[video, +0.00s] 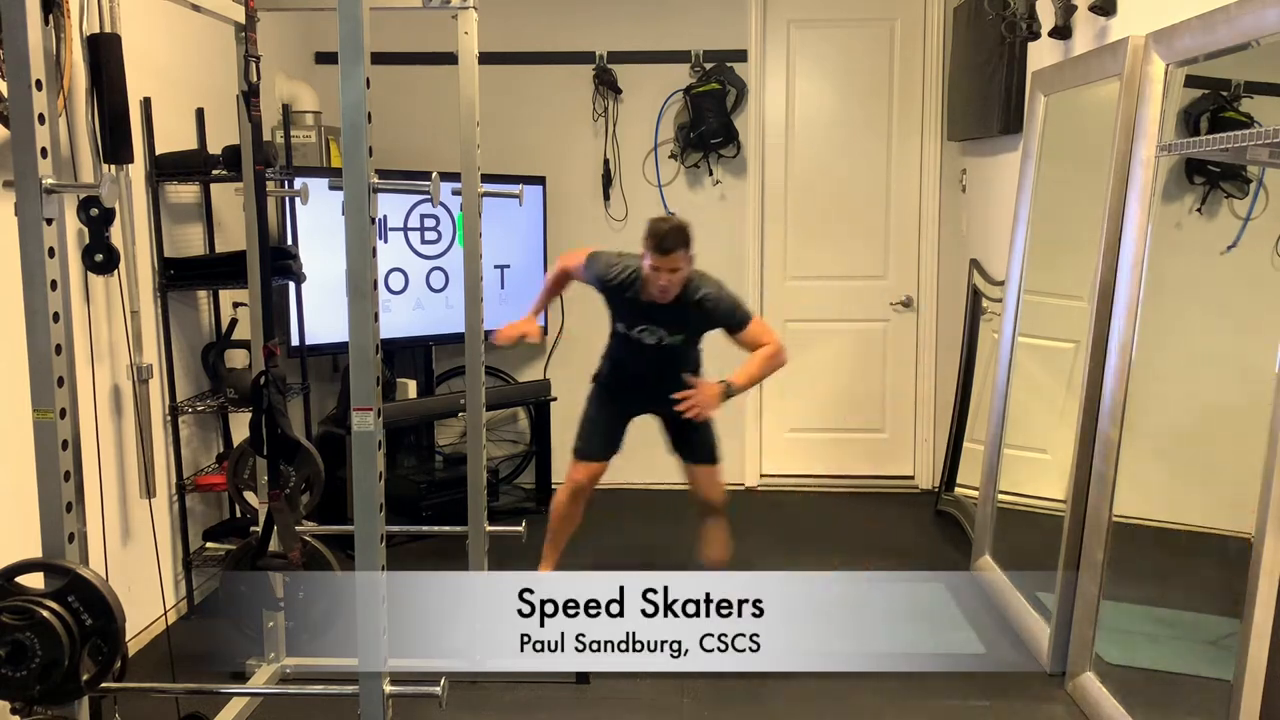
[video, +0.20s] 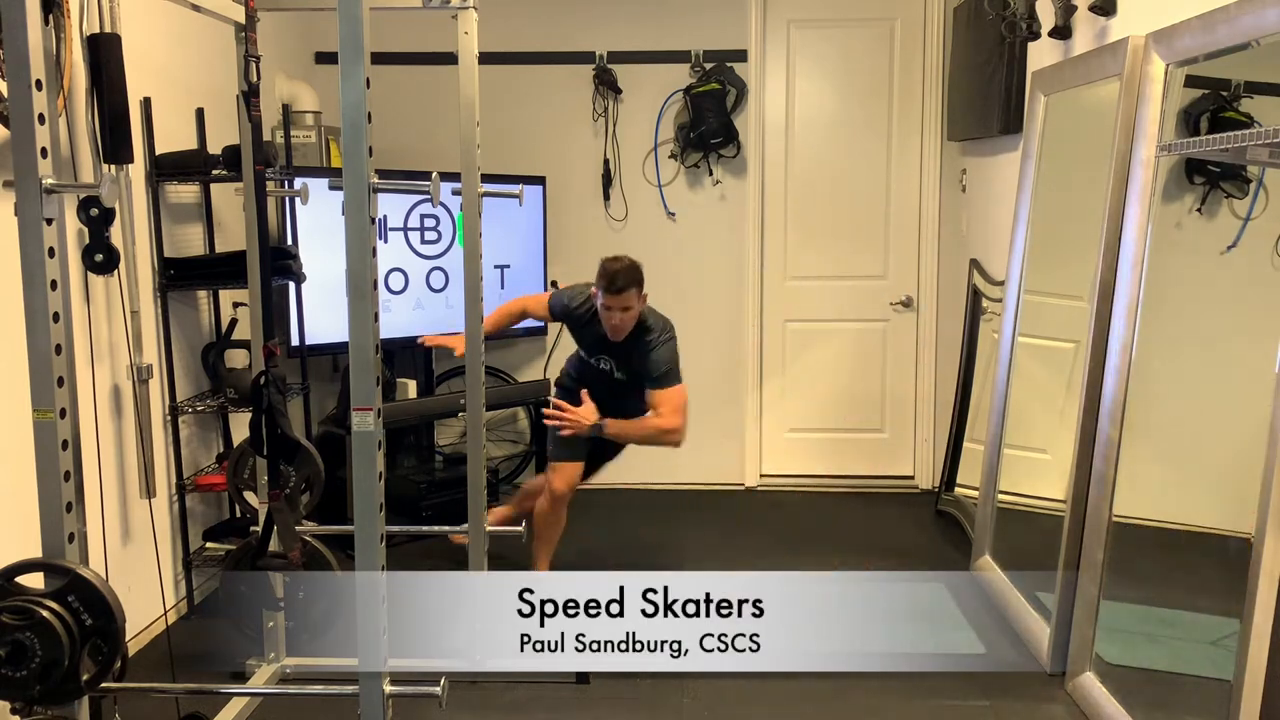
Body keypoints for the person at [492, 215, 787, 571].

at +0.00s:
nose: (665, 280)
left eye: (674, 271)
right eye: (656, 269)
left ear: (689, 262)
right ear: (644, 258)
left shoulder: (707, 296)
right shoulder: (617, 274)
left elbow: (774, 352)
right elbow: (565, 266)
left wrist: (724, 389)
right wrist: (533, 316)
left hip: (679, 393)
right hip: (616, 387)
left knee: (712, 498)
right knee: (578, 482)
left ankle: (715, 590)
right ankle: (545, 572)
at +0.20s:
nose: (616, 320)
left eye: (626, 310)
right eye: (608, 309)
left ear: (642, 300)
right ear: (596, 296)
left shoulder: (659, 336)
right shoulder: (577, 304)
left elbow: (671, 428)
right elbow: (522, 306)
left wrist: (600, 426)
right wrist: (469, 337)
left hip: (622, 415)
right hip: (577, 393)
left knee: (556, 483)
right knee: (560, 489)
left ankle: (491, 520)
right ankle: (541, 575)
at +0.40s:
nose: (621, 331)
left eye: (630, 321)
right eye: (613, 321)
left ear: (644, 310)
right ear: (597, 307)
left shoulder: (659, 340)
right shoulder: (573, 316)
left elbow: (684, 431)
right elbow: (502, 333)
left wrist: (617, 451)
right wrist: (454, 381)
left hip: (617, 414)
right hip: (569, 396)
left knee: (575, 497)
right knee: (552, 486)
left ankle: (512, 501)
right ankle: (539, 575)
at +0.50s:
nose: (637, 315)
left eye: (645, 305)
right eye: (628, 306)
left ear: (657, 294)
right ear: (611, 295)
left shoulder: (674, 327)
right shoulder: (582, 317)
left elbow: (722, 391)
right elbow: (506, 357)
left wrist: (695, 448)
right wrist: (480, 425)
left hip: (632, 404)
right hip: (576, 396)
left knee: (628, 502)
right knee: (555, 489)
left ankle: (599, 517)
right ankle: (539, 572)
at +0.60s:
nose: (659, 293)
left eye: (667, 282)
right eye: (649, 283)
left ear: (676, 273)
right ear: (630, 274)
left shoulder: (693, 301)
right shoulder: (602, 310)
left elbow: (755, 338)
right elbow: (543, 377)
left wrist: (762, 405)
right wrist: (556, 456)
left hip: (661, 392)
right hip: (600, 394)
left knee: (706, 488)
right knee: (564, 487)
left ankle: (714, 546)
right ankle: (540, 570)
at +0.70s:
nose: (695, 274)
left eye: (703, 263)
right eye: (685, 264)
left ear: (712, 252)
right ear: (665, 254)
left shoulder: (729, 270)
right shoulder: (638, 293)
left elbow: (781, 293)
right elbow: (614, 379)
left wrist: (803, 354)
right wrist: (670, 430)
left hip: (708, 372)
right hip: (648, 376)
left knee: (755, 466)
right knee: (601, 468)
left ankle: (808, 561)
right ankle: (555, 563)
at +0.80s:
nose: (730, 273)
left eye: (738, 262)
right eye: (720, 263)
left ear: (748, 251)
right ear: (700, 253)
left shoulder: (765, 268)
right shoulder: (680, 296)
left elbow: (808, 275)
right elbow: (694, 387)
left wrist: (828, 318)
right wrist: (778, 389)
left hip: (754, 373)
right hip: (693, 378)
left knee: (800, 478)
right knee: (651, 481)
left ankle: (850, 575)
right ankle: (645, 530)